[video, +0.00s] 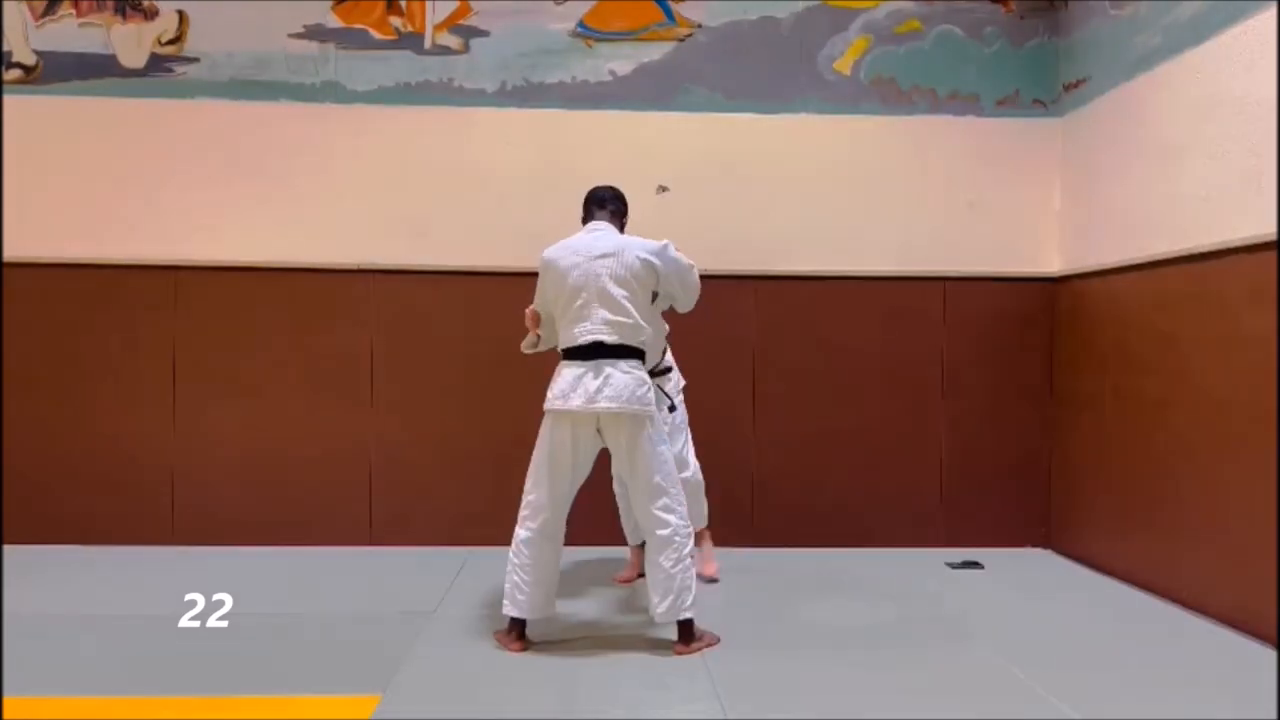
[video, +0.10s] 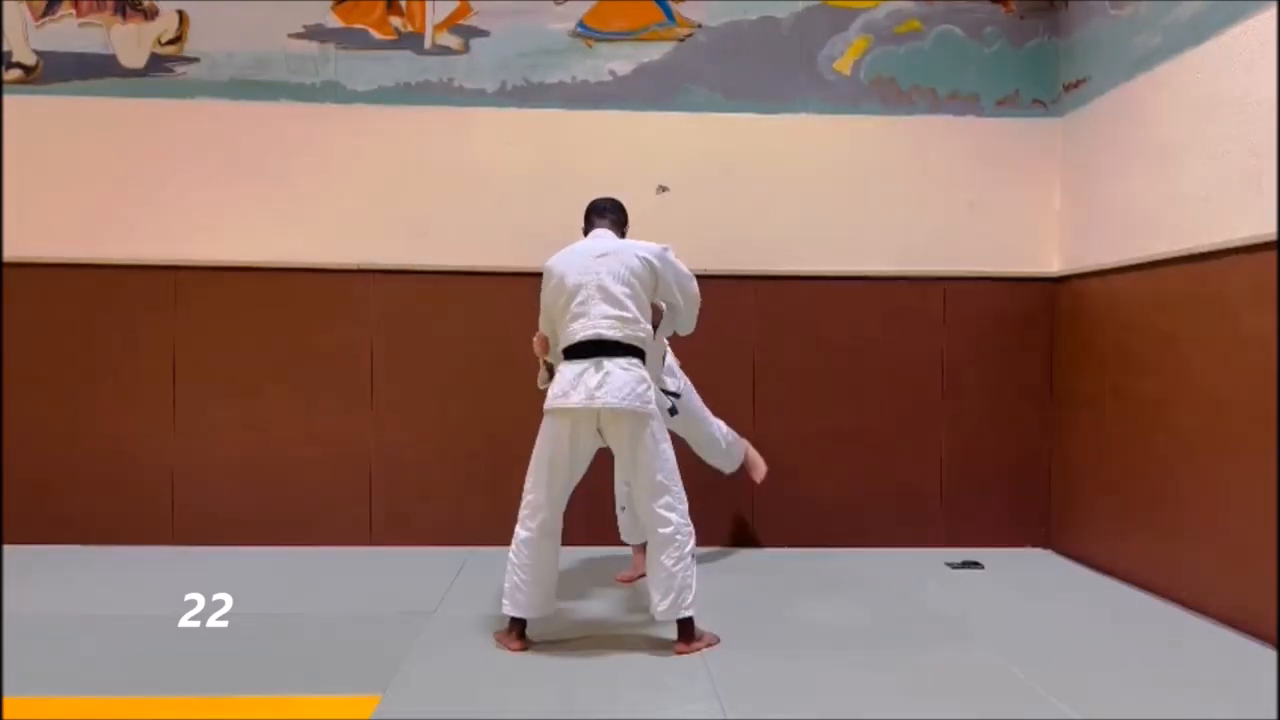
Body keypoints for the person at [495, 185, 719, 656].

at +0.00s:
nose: (616, 222)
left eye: (601, 214)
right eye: (622, 217)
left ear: (582, 216)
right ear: (625, 218)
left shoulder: (554, 257)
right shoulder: (648, 252)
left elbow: (546, 328)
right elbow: (686, 294)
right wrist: (645, 285)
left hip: (570, 388)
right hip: (630, 389)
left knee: (541, 505)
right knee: (661, 505)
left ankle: (517, 625)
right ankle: (684, 628)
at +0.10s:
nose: (608, 230)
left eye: (597, 224)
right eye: (617, 224)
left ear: (584, 227)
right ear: (625, 227)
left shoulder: (557, 263)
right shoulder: (648, 254)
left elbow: (550, 332)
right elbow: (687, 298)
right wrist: (668, 331)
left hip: (569, 388)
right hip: (629, 387)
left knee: (540, 505)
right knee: (664, 504)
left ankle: (517, 626)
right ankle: (685, 629)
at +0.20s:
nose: (610, 233)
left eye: (600, 228)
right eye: (620, 228)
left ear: (588, 231)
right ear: (628, 231)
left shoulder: (561, 265)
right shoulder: (650, 253)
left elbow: (552, 336)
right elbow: (691, 297)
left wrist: (555, 360)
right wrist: (673, 333)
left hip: (571, 389)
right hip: (629, 388)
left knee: (541, 505)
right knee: (666, 505)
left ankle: (517, 626)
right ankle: (685, 630)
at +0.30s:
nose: (613, 232)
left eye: (602, 227)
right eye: (622, 228)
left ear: (589, 231)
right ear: (630, 230)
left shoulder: (562, 265)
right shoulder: (652, 253)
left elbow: (551, 338)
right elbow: (694, 300)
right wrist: (669, 329)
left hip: (572, 389)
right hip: (630, 388)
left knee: (543, 506)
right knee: (666, 505)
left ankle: (518, 626)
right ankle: (685, 630)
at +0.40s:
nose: (620, 233)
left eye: (605, 227)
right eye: (625, 228)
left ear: (589, 230)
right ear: (629, 229)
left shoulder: (561, 264)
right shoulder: (651, 253)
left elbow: (549, 336)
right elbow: (696, 294)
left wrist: (559, 366)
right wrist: (673, 320)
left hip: (571, 390)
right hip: (630, 389)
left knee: (544, 506)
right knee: (666, 505)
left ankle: (517, 626)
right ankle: (685, 630)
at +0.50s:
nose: (622, 232)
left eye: (607, 225)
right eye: (626, 227)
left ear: (588, 227)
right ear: (629, 228)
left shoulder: (559, 263)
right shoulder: (651, 254)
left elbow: (546, 341)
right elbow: (701, 292)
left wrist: (548, 368)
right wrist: (675, 316)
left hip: (569, 390)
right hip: (629, 390)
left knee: (542, 508)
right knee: (666, 508)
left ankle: (517, 626)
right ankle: (686, 630)